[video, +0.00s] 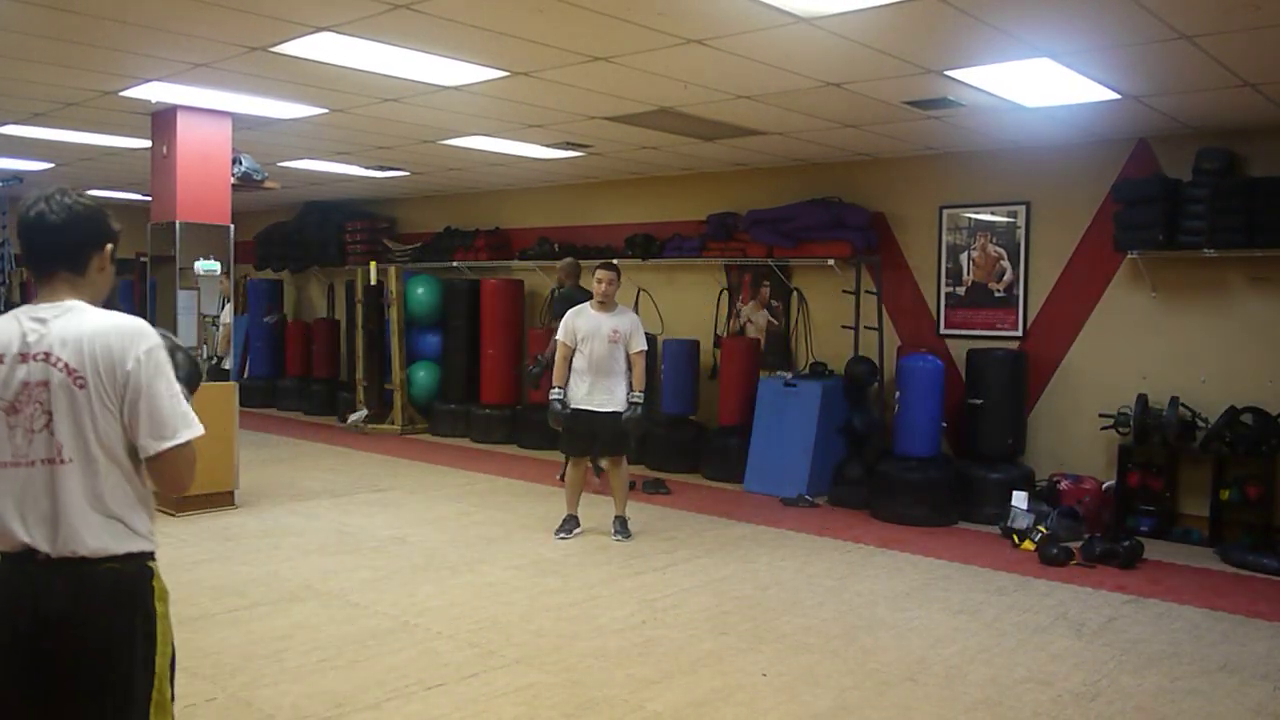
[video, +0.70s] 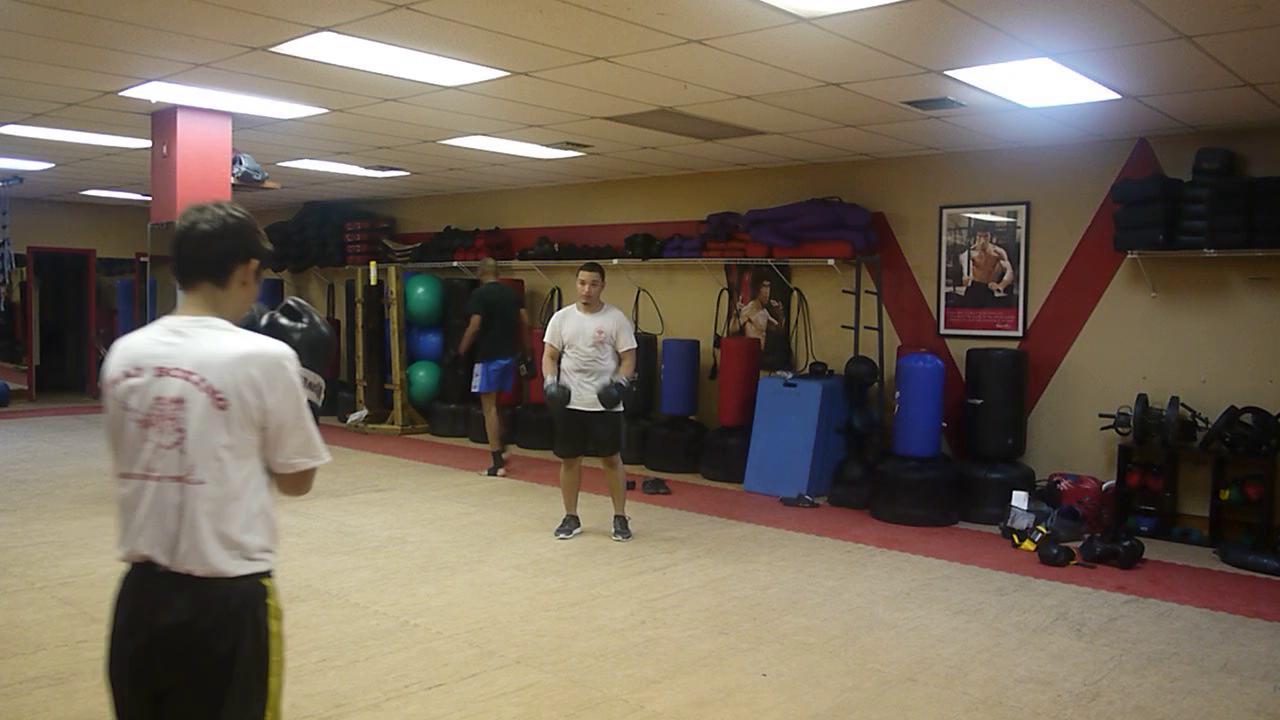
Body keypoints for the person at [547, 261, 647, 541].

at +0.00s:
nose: (604, 287)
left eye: (610, 283)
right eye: (599, 281)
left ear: (618, 286)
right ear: (592, 283)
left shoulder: (629, 319)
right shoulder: (573, 316)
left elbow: (638, 361)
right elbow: (561, 357)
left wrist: (637, 400)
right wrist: (557, 394)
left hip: (615, 406)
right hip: (578, 405)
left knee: (617, 462)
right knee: (576, 461)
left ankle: (620, 518)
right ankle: (571, 516)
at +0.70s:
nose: (586, 288)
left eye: (593, 284)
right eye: (582, 283)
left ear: (602, 287)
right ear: (576, 285)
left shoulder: (616, 318)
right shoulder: (561, 318)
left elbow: (628, 358)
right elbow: (549, 356)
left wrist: (619, 382)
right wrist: (551, 384)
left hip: (606, 405)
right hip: (570, 404)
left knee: (611, 460)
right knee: (569, 461)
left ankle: (620, 517)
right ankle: (570, 517)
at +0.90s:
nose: (579, 294)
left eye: (585, 288)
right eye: (574, 288)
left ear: (595, 288)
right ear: (568, 287)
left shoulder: (608, 316)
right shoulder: (555, 316)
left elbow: (611, 358)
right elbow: (547, 357)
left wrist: (597, 334)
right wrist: (558, 333)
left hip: (602, 401)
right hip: (565, 402)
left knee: (611, 458)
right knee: (568, 461)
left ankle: (620, 516)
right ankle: (570, 517)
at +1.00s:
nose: (577, 294)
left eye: (583, 289)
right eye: (572, 289)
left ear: (592, 287)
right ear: (564, 286)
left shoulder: (605, 314)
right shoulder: (550, 314)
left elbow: (604, 349)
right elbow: (546, 349)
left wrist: (593, 315)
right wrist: (558, 313)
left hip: (600, 399)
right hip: (564, 400)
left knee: (612, 457)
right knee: (567, 461)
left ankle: (620, 515)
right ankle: (570, 516)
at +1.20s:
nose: (575, 294)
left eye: (580, 289)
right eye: (569, 289)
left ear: (589, 287)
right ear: (561, 286)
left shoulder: (603, 315)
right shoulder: (548, 316)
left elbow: (603, 349)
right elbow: (543, 349)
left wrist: (590, 315)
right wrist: (557, 313)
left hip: (599, 401)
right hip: (563, 402)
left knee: (608, 460)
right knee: (567, 461)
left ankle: (612, 519)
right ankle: (570, 517)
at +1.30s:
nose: (571, 293)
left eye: (577, 289)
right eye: (567, 287)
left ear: (588, 288)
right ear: (560, 286)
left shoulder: (602, 315)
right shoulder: (547, 316)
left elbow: (608, 354)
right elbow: (541, 354)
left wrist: (592, 321)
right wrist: (557, 317)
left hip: (599, 401)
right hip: (562, 403)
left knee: (610, 458)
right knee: (567, 461)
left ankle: (613, 517)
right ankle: (570, 517)